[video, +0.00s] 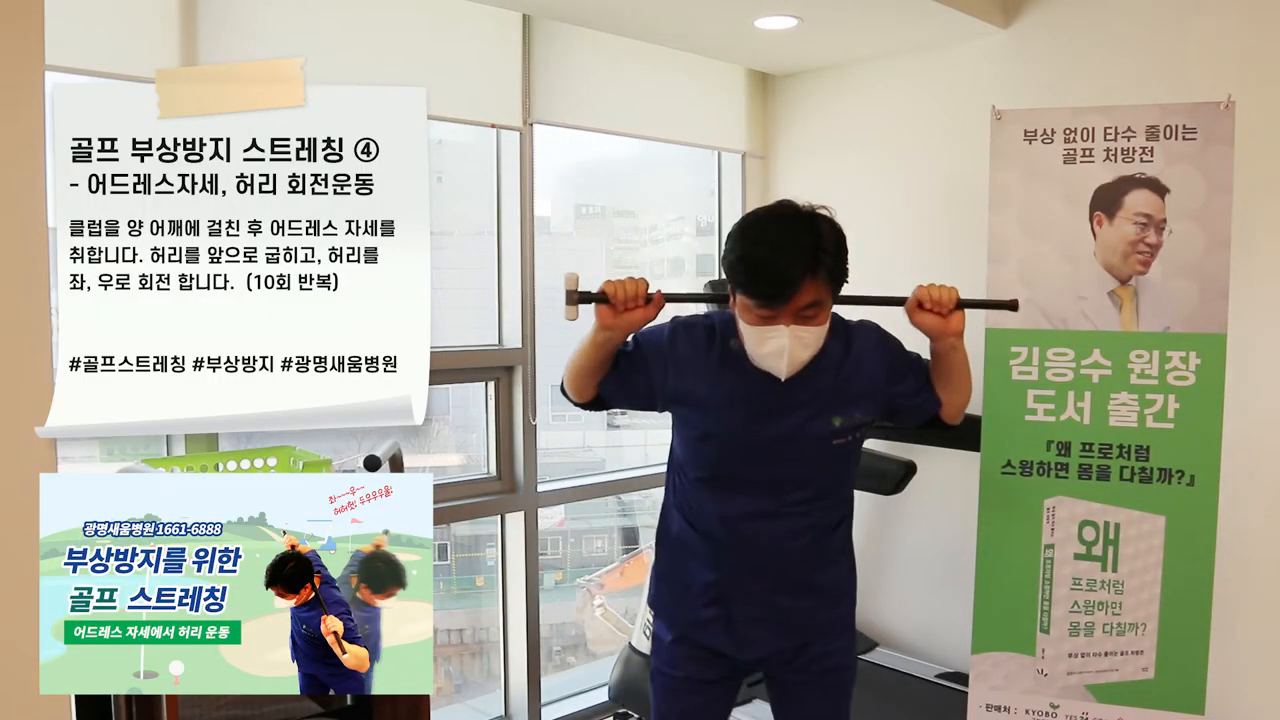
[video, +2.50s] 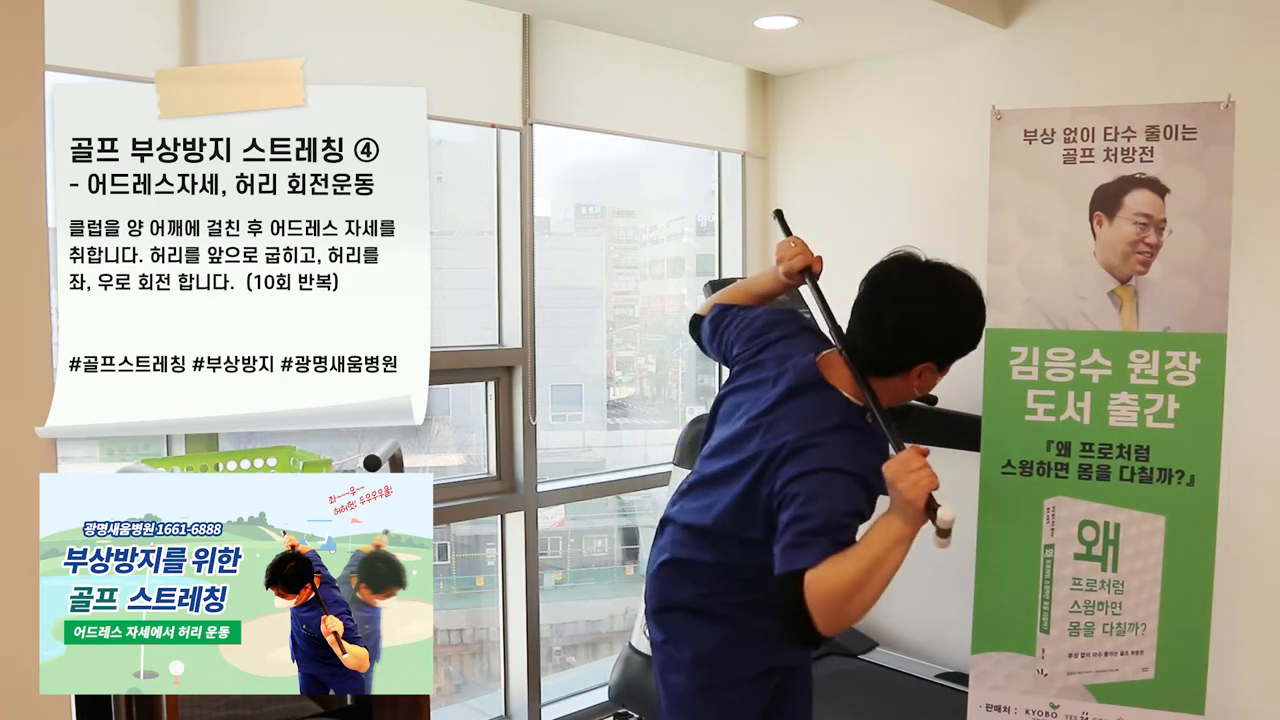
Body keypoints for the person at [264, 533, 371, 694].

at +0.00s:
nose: (278, 599)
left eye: (283, 596)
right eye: (276, 594)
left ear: (306, 590)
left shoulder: (334, 607)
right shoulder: (312, 570)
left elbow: (363, 665)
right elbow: (308, 552)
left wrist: (335, 642)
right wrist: (296, 547)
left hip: (344, 673)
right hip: (310, 667)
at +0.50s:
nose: (278, 599)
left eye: (283, 596)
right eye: (276, 594)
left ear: (306, 590)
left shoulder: (334, 607)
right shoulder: (312, 570)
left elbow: (363, 665)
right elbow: (308, 552)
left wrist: (335, 642)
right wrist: (297, 547)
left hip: (344, 673)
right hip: (310, 667)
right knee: (312, 713)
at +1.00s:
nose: (278, 599)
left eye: (283, 596)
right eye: (276, 594)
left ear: (306, 590)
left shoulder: (334, 607)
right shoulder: (312, 570)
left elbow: (363, 665)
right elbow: (308, 552)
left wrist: (335, 642)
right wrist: (297, 547)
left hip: (344, 673)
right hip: (310, 667)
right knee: (312, 714)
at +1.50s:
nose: (278, 599)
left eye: (283, 596)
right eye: (276, 594)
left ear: (306, 590)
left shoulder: (334, 607)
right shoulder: (312, 570)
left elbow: (363, 665)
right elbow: (308, 552)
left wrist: (335, 642)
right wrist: (297, 547)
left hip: (344, 673)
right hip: (310, 667)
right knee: (312, 714)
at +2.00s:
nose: (278, 599)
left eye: (283, 595)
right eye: (276, 593)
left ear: (306, 589)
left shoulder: (334, 608)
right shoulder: (311, 569)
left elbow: (363, 665)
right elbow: (308, 552)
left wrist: (335, 642)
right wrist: (296, 547)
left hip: (344, 672)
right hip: (310, 666)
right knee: (312, 713)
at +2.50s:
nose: (278, 599)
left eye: (283, 595)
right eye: (276, 593)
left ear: (306, 589)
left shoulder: (334, 608)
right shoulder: (311, 569)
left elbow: (363, 665)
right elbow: (308, 552)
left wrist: (335, 642)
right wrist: (296, 547)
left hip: (344, 672)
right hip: (310, 666)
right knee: (312, 713)